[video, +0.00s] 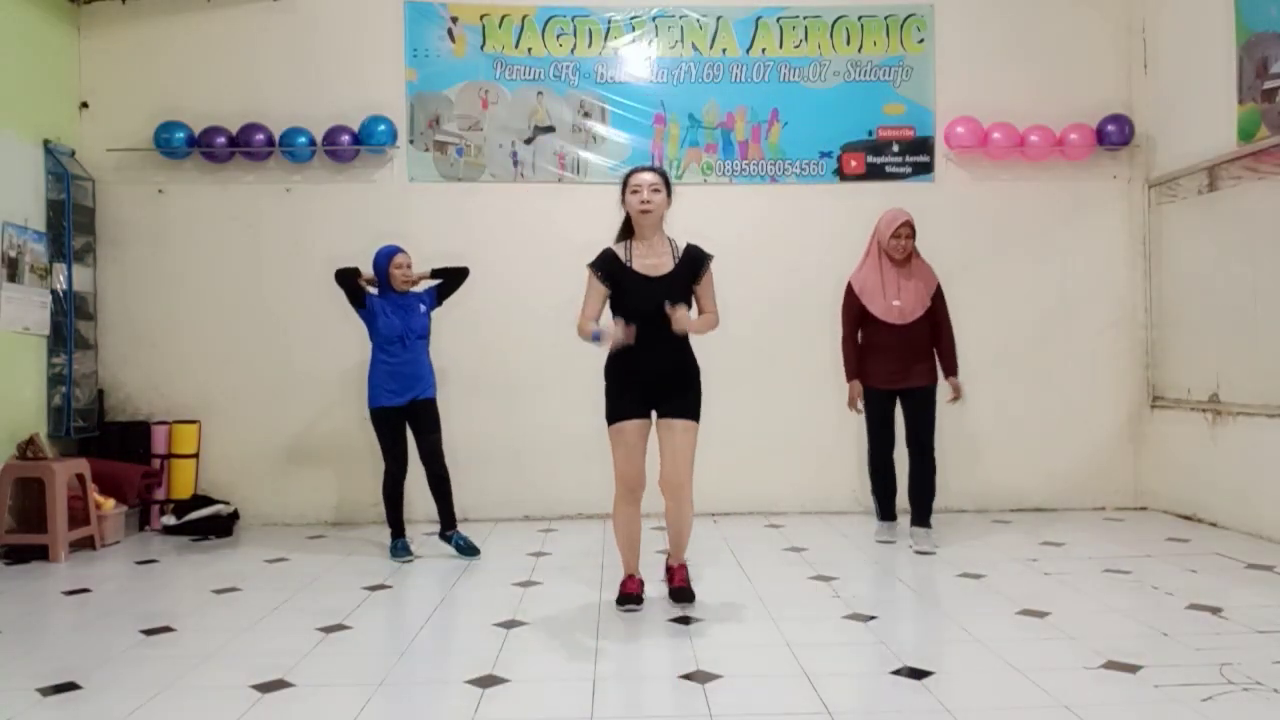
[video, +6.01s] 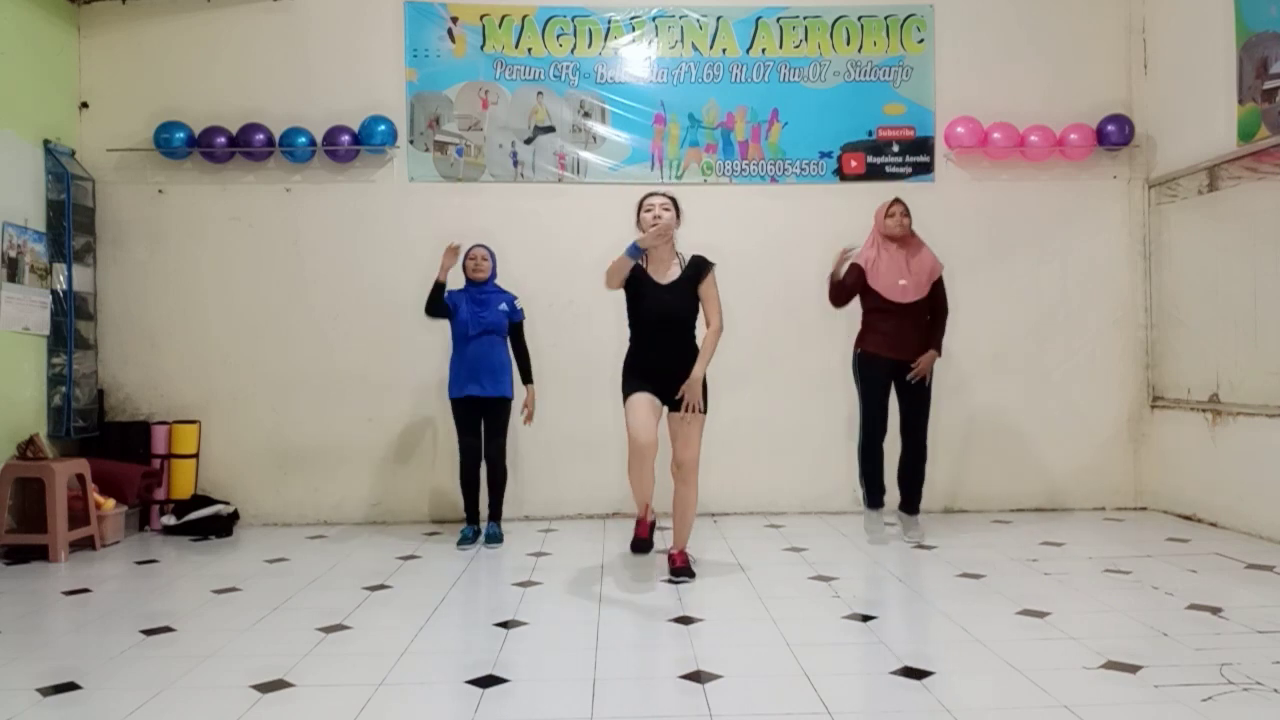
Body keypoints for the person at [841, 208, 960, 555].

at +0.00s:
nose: (903, 243)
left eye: (908, 236)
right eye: (896, 237)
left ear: (914, 239)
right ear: (881, 240)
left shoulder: (925, 277)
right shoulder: (862, 280)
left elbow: (942, 327)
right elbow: (849, 332)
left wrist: (951, 373)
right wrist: (853, 379)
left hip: (920, 378)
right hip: (876, 380)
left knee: (921, 450)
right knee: (881, 450)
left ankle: (921, 524)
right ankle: (886, 519)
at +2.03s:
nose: (912, 232)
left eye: (917, 227)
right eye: (905, 228)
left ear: (925, 234)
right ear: (893, 236)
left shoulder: (936, 274)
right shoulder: (879, 275)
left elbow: (945, 325)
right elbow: (866, 329)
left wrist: (942, 369)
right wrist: (868, 376)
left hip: (924, 366)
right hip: (886, 370)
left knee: (946, 420)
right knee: (887, 444)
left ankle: (924, 488)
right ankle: (890, 517)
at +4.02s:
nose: (901, 228)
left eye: (905, 224)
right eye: (893, 224)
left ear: (912, 232)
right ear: (881, 233)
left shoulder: (919, 267)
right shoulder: (868, 269)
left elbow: (928, 281)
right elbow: (881, 271)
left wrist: (946, 271)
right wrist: (918, 261)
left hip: (920, 364)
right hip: (879, 366)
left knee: (931, 438)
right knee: (879, 440)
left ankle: (920, 514)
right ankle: (874, 515)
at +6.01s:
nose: (899, 220)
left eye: (903, 215)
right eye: (892, 216)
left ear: (910, 221)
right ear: (879, 224)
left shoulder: (926, 261)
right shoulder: (867, 260)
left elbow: (940, 310)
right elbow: (838, 299)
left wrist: (933, 351)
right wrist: (836, 273)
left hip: (915, 358)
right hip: (873, 356)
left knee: (915, 437)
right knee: (873, 432)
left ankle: (910, 512)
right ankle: (874, 509)